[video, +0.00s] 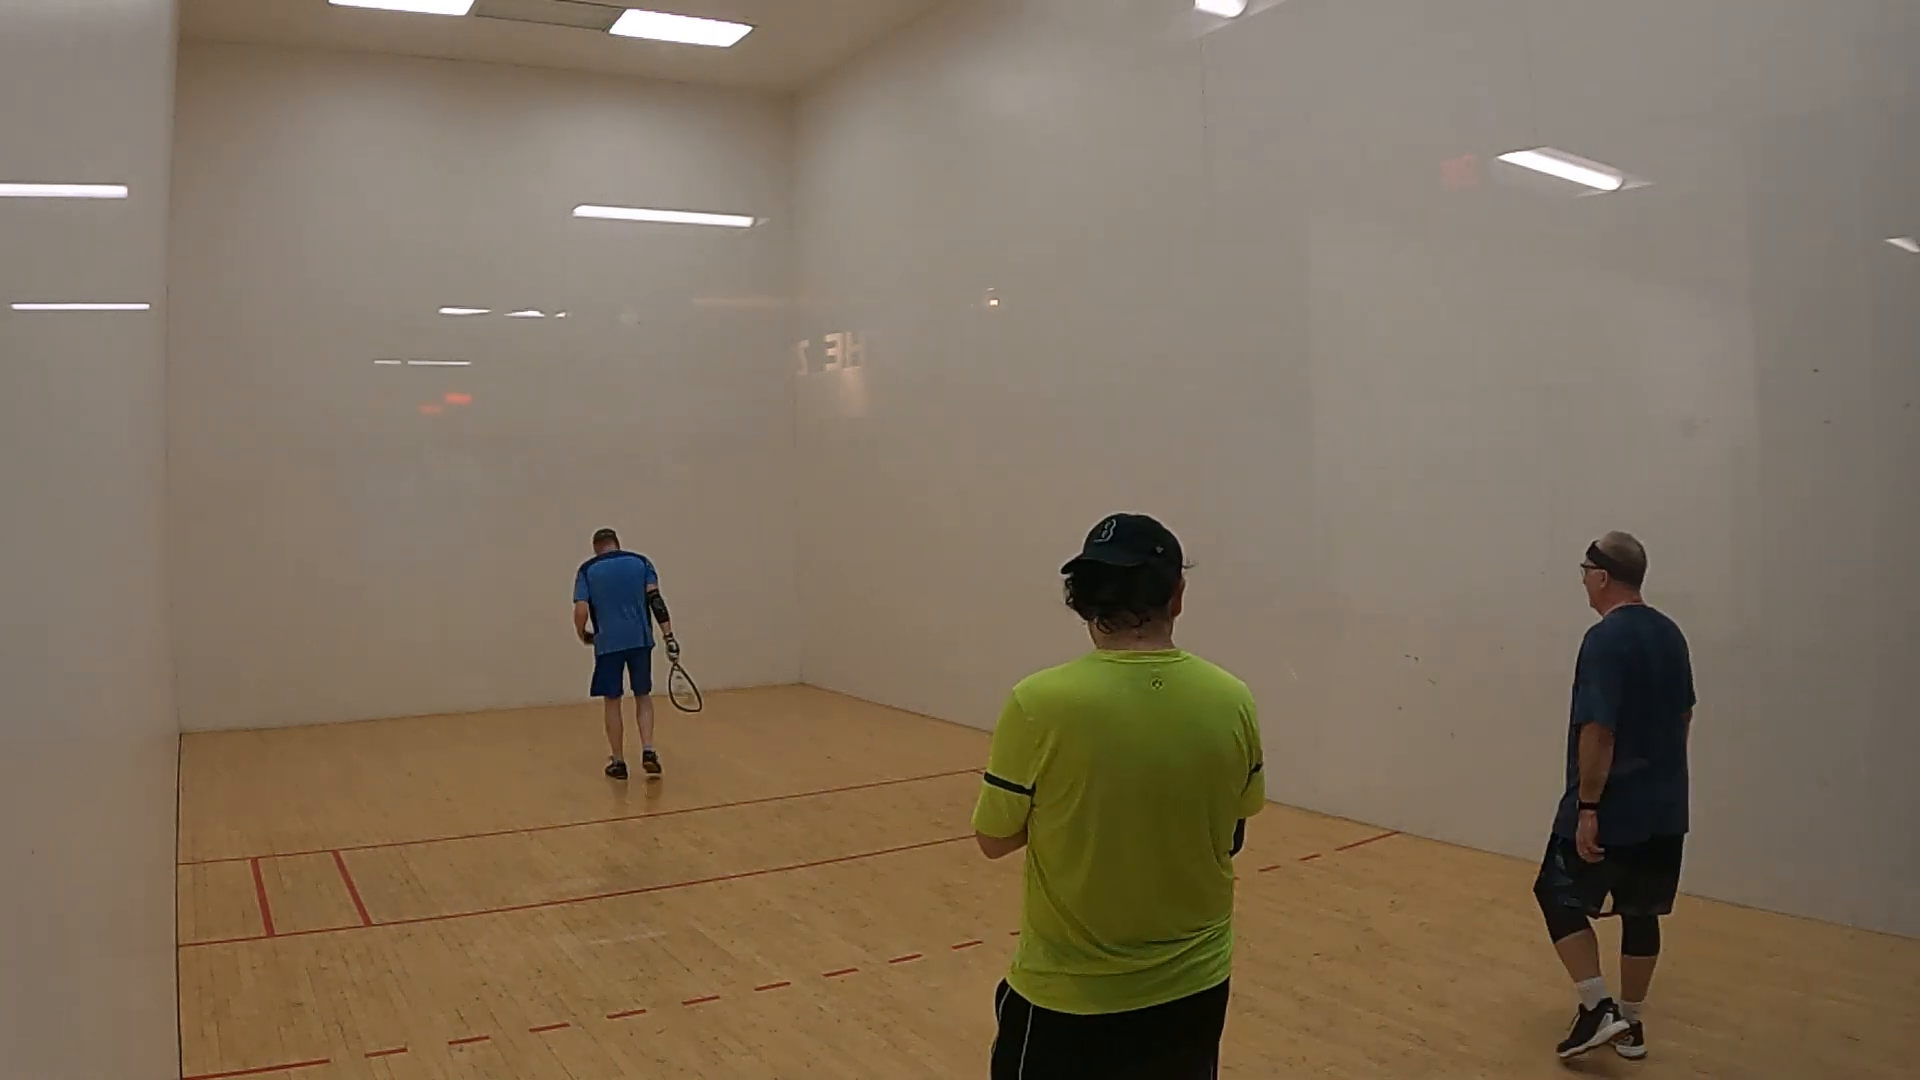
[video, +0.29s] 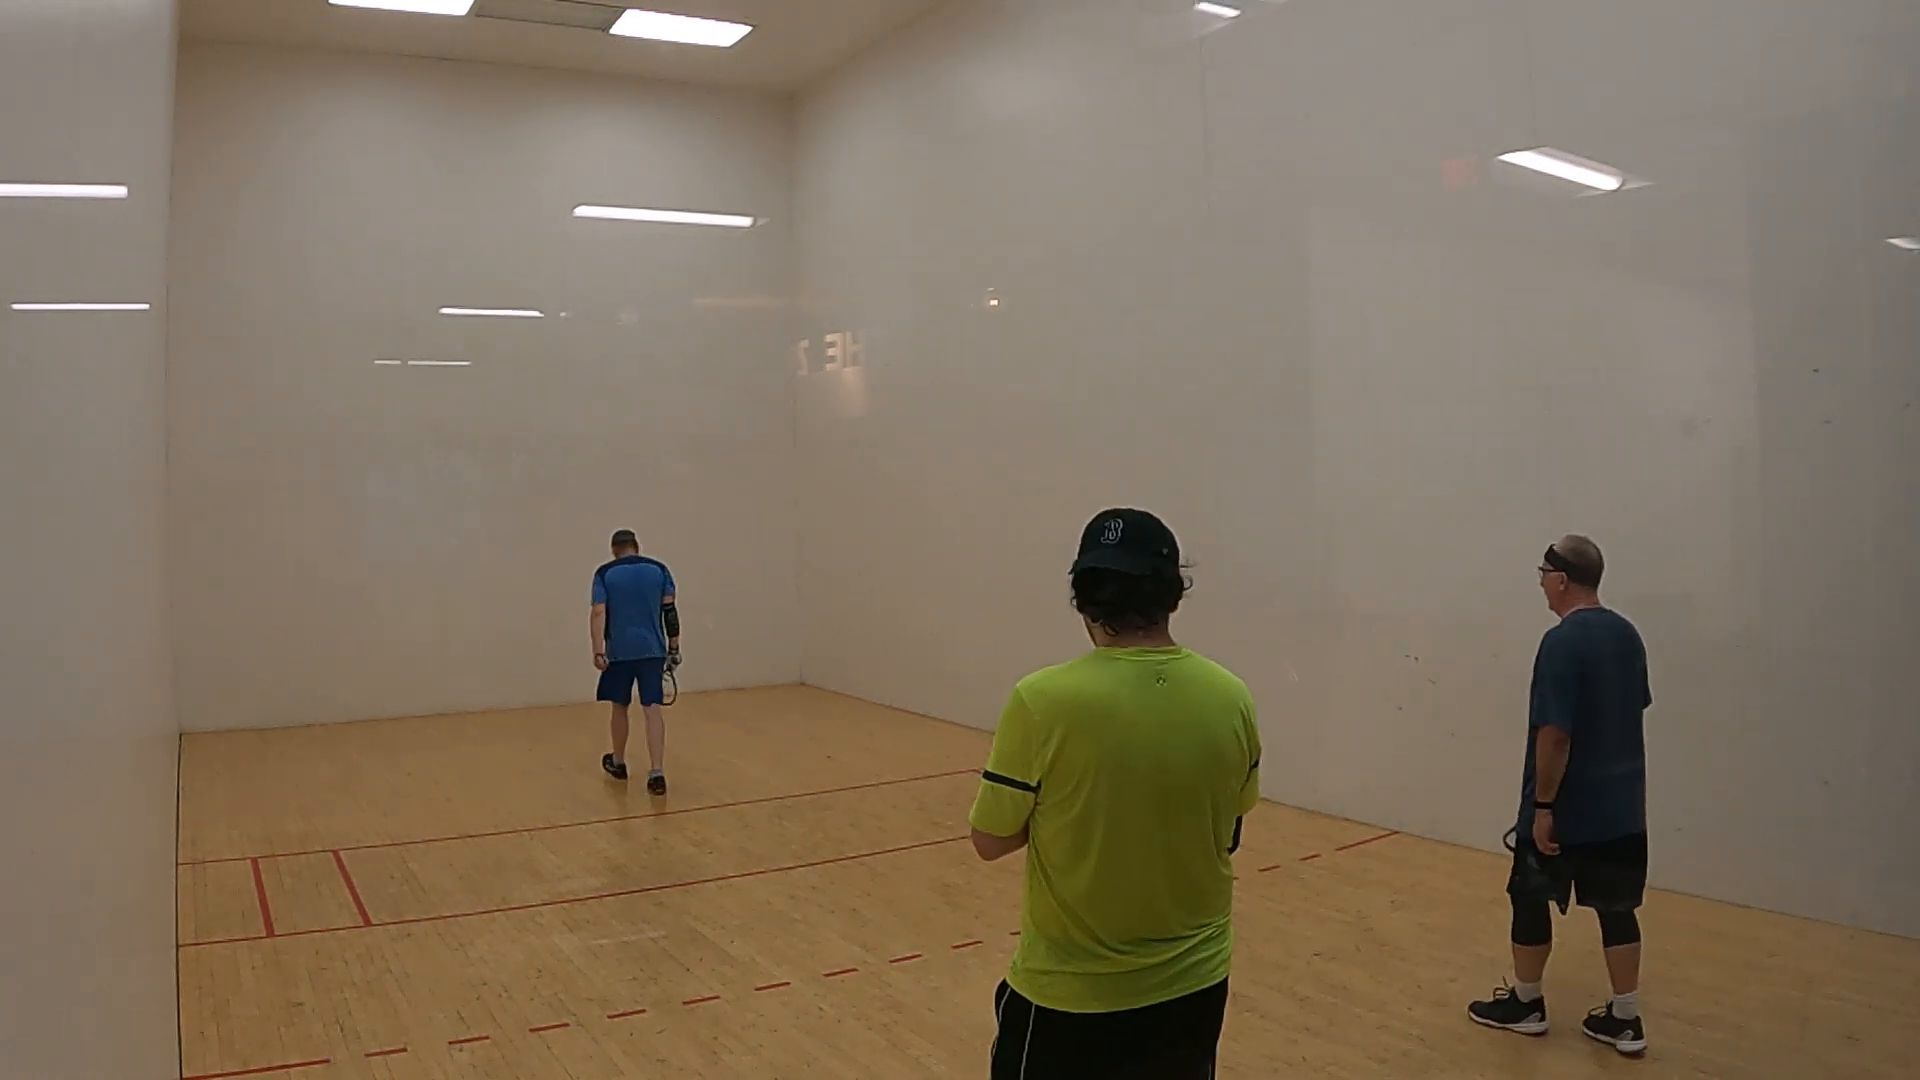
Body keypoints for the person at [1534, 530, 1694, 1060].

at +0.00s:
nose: (1584, 579)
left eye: (1587, 571)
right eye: (1586, 570)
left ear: (1602, 577)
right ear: (1636, 578)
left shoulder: (1604, 639)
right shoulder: (1670, 634)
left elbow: (1597, 729)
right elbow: (1683, 716)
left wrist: (1587, 807)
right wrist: (1662, 781)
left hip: (1603, 810)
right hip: (1663, 811)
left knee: (1558, 892)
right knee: (1642, 911)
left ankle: (1594, 1005)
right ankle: (1629, 1025)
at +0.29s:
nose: (1542, 583)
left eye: (1545, 574)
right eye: (1543, 574)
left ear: (1561, 579)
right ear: (1591, 580)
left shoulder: (1561, 641)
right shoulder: (1627, 634)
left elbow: (1553, 735)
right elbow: (1635, 710)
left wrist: (1543, 807)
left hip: (1561, 810)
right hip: (1620, 808)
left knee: (1529, 895)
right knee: (1617, 907)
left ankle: (1525, 1002)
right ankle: (1625, 1017)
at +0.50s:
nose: (1512, 578)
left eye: (1515, 570)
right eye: (1513, 569)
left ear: (1531, 576)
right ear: (1564, 576)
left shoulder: (1530, 637)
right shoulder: (1600, 627)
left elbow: (1511, 726)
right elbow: (1613, 704)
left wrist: (1483, 784)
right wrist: (1595, 761)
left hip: (1537, 792)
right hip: (1593, 788)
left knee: (1521, 890)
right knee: (1582, 874)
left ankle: (1526, 1001)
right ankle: (1617, 971)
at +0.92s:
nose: (1511, 572)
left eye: (1516, 564)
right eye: (1513, 563)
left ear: (1537, 571)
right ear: (1558, 572)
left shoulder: (1539, 620)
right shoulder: (1591, 621)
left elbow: (1538, 690)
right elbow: (1601, 695)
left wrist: (1511, 750)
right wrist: (1576, 746)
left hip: (1534, 783)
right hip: (1584, 781)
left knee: (1516, 881)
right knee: (1577, 869)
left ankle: (1525, 999)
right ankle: (1593, 975)